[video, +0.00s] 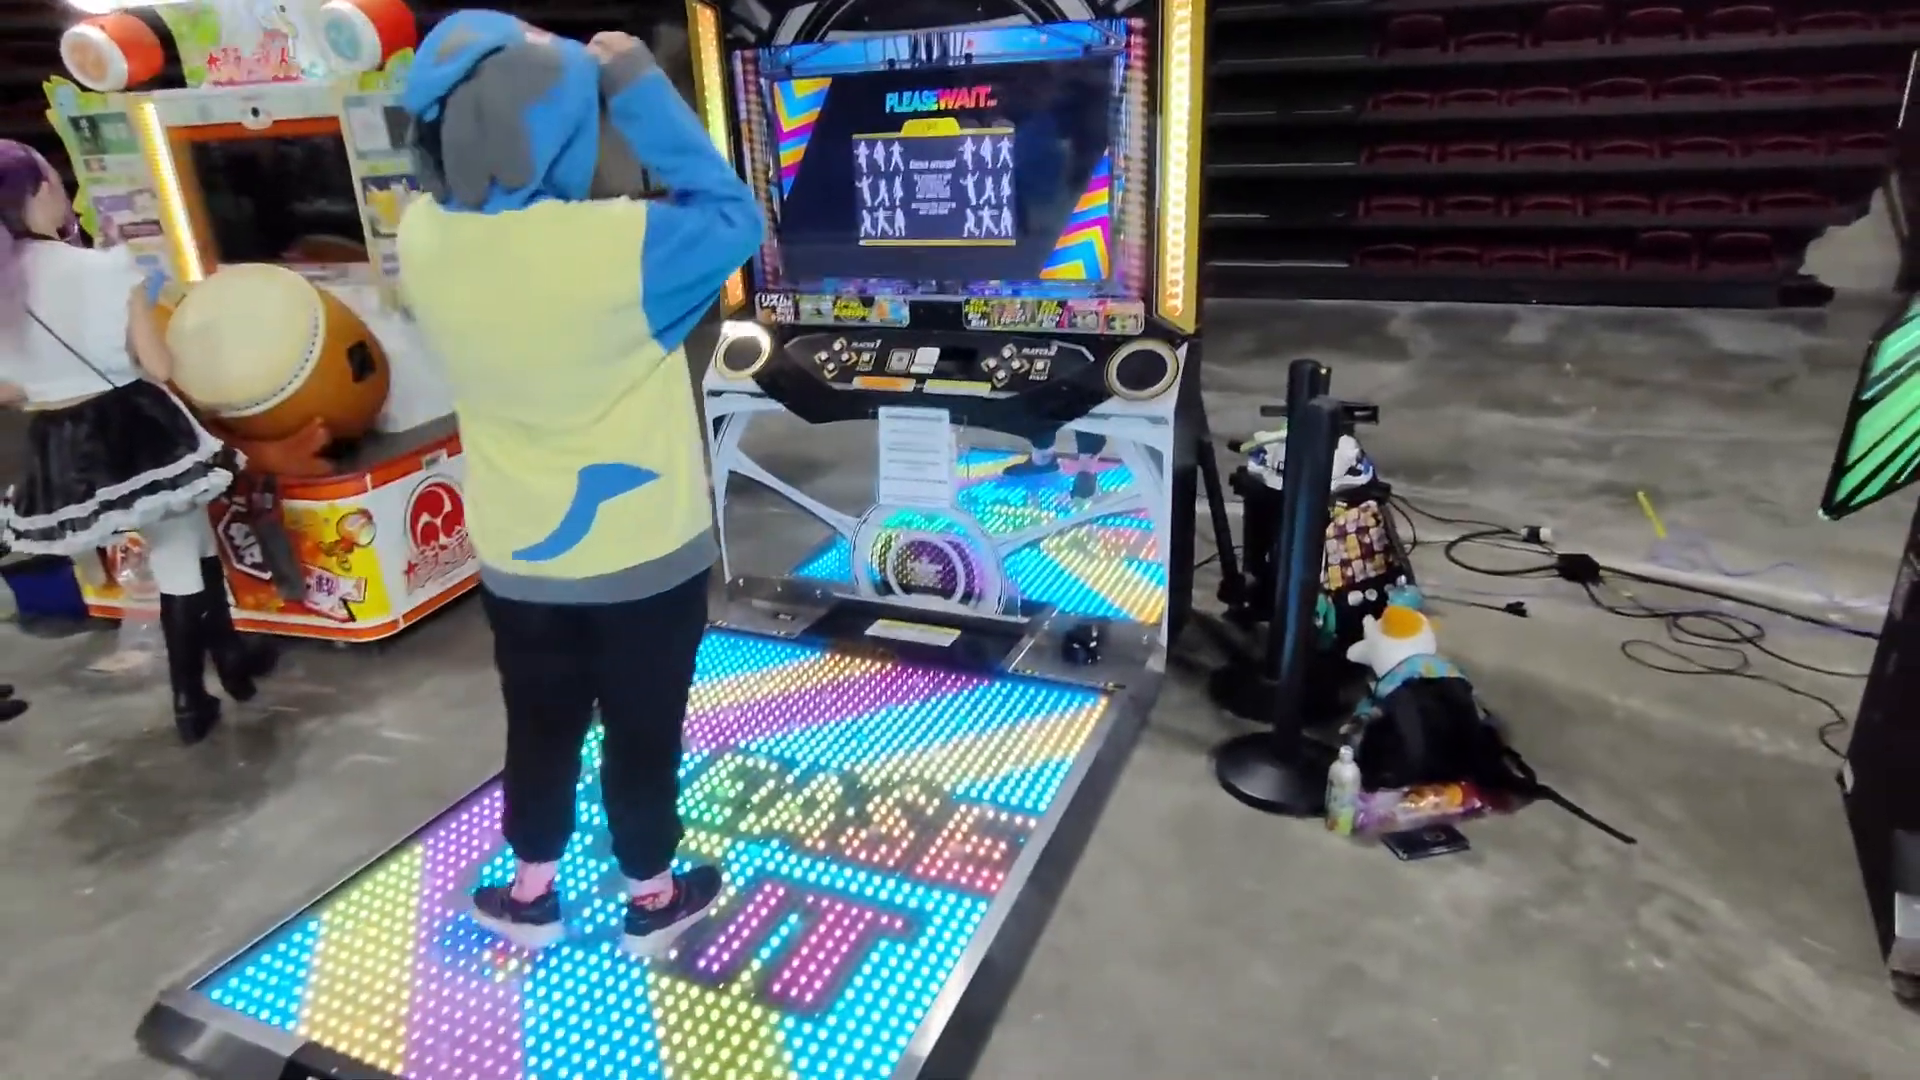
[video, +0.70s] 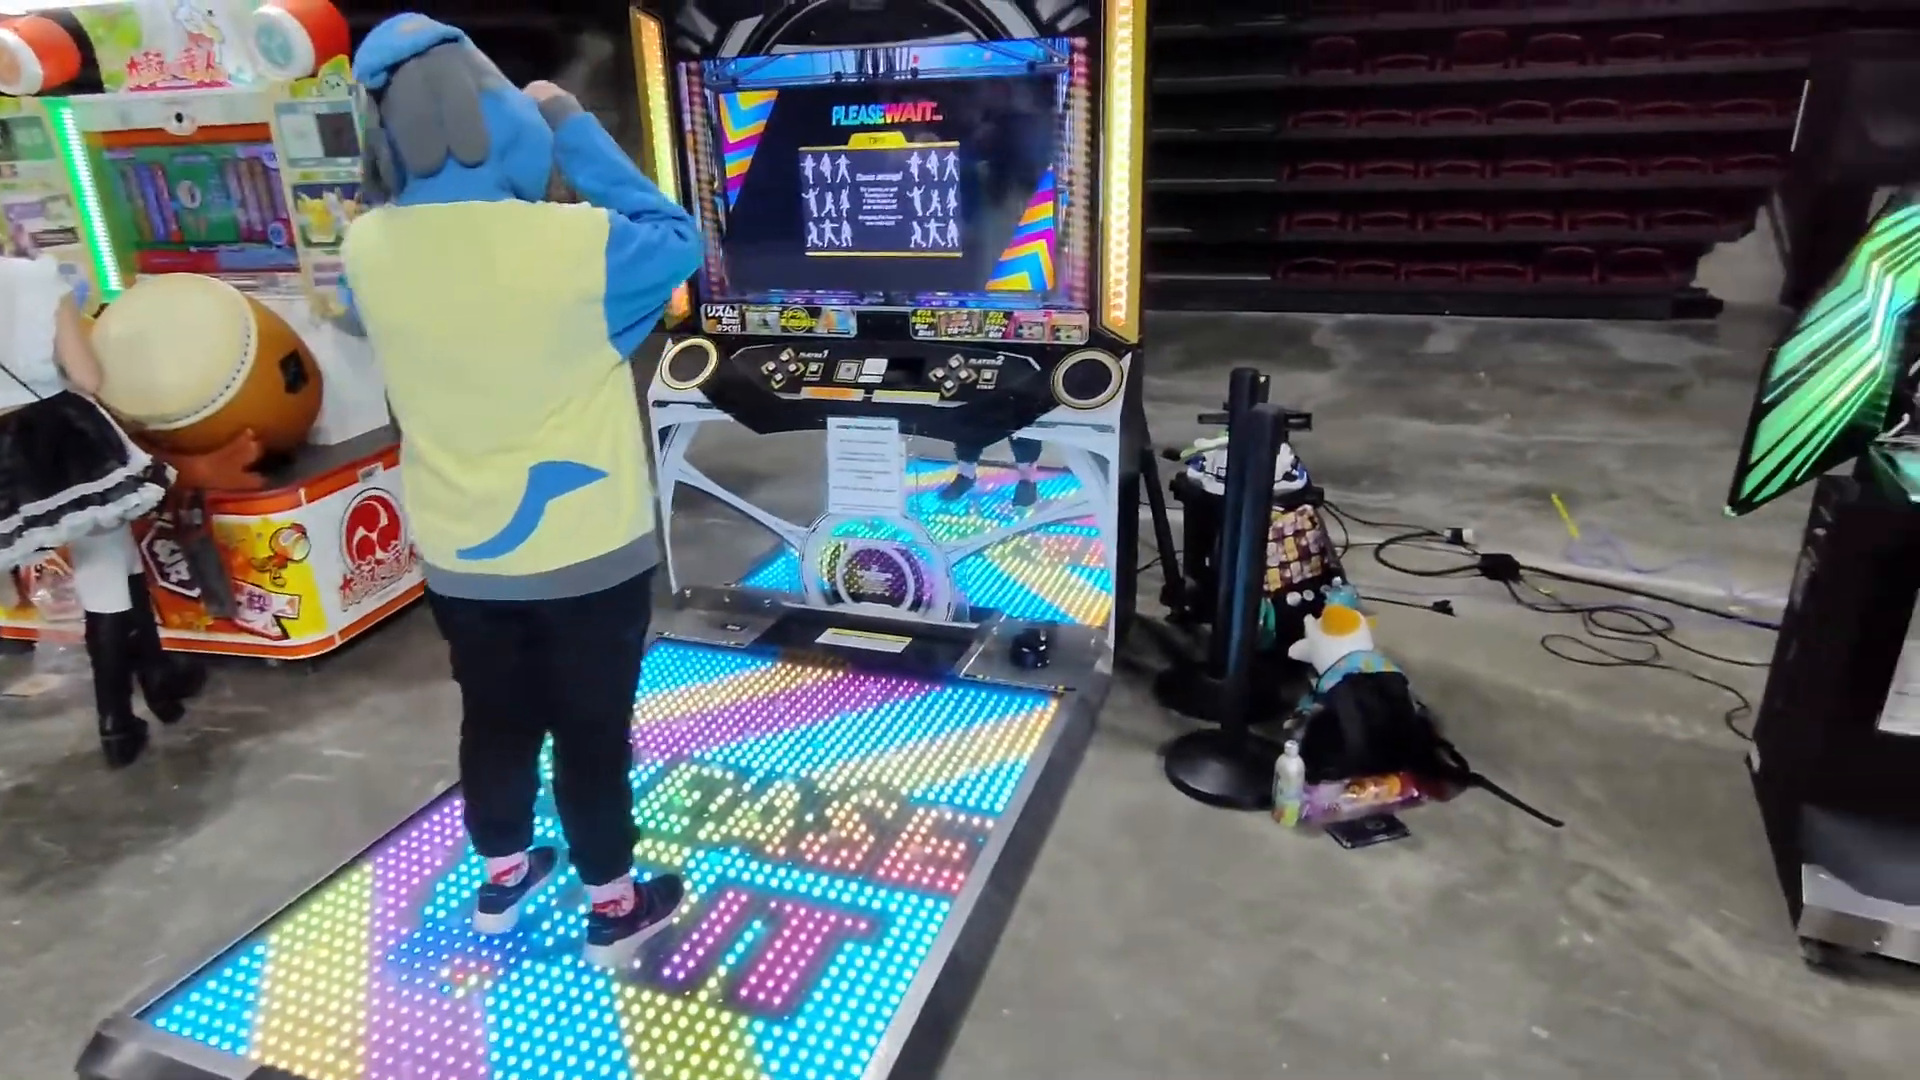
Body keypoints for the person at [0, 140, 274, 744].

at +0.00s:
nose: (65, 195)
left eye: (59, 184)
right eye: (57, 185)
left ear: (11, 204)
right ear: (33, 196)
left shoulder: (5, 283)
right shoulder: (106, 267)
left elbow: (10, 389)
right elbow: (156, 365)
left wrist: (58, 386)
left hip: (62, 440)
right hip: (134, 426)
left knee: (181, 533)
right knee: (175, 550)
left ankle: (233, 654)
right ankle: (190, 702)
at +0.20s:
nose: (49, 204)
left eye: (43, 192)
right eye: (42, 193)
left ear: (6, 202)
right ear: (21, 198)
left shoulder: (5, 278)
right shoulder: (87, 272)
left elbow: (11, 389)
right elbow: (144, 369)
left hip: (37, 445)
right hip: (112, 433)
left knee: (169, 536)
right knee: (163, 553)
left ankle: (218, 661)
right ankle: (178, 708)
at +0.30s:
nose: (35, 203)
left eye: (29, 190)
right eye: (29, 191)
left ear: (3, 197)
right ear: (10, 196)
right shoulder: (80, 276)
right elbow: (134, 374)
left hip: (22, 456)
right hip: (102, 444)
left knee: (157, 533)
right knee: (152, 554)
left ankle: (210, 666)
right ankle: (167, 711)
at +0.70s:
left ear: (7, 241)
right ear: (8, 234)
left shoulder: (32, 281)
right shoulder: (35, 280)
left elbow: (85, 378)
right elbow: (87, 378)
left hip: (11, 463)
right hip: (61, 452)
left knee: (108, 552)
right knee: (102, 560)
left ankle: (159, 678)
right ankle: (115, 722)